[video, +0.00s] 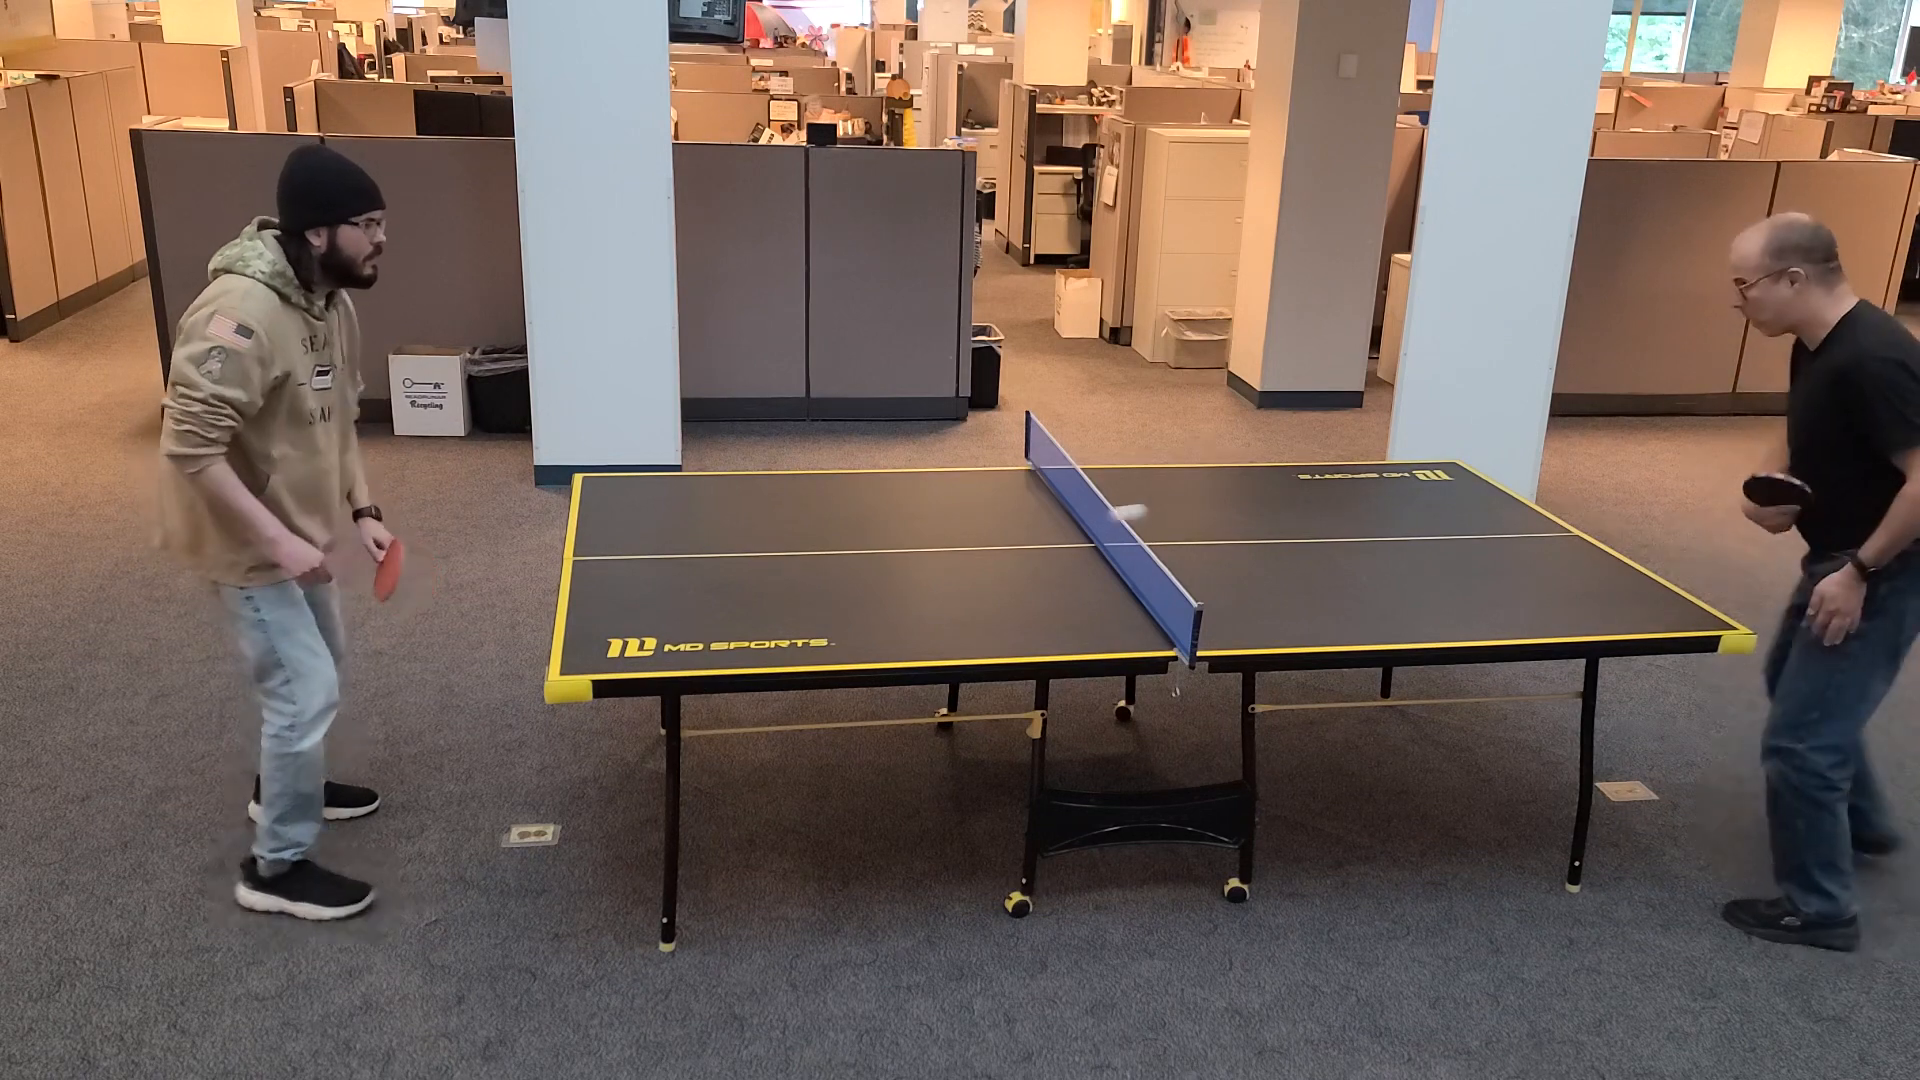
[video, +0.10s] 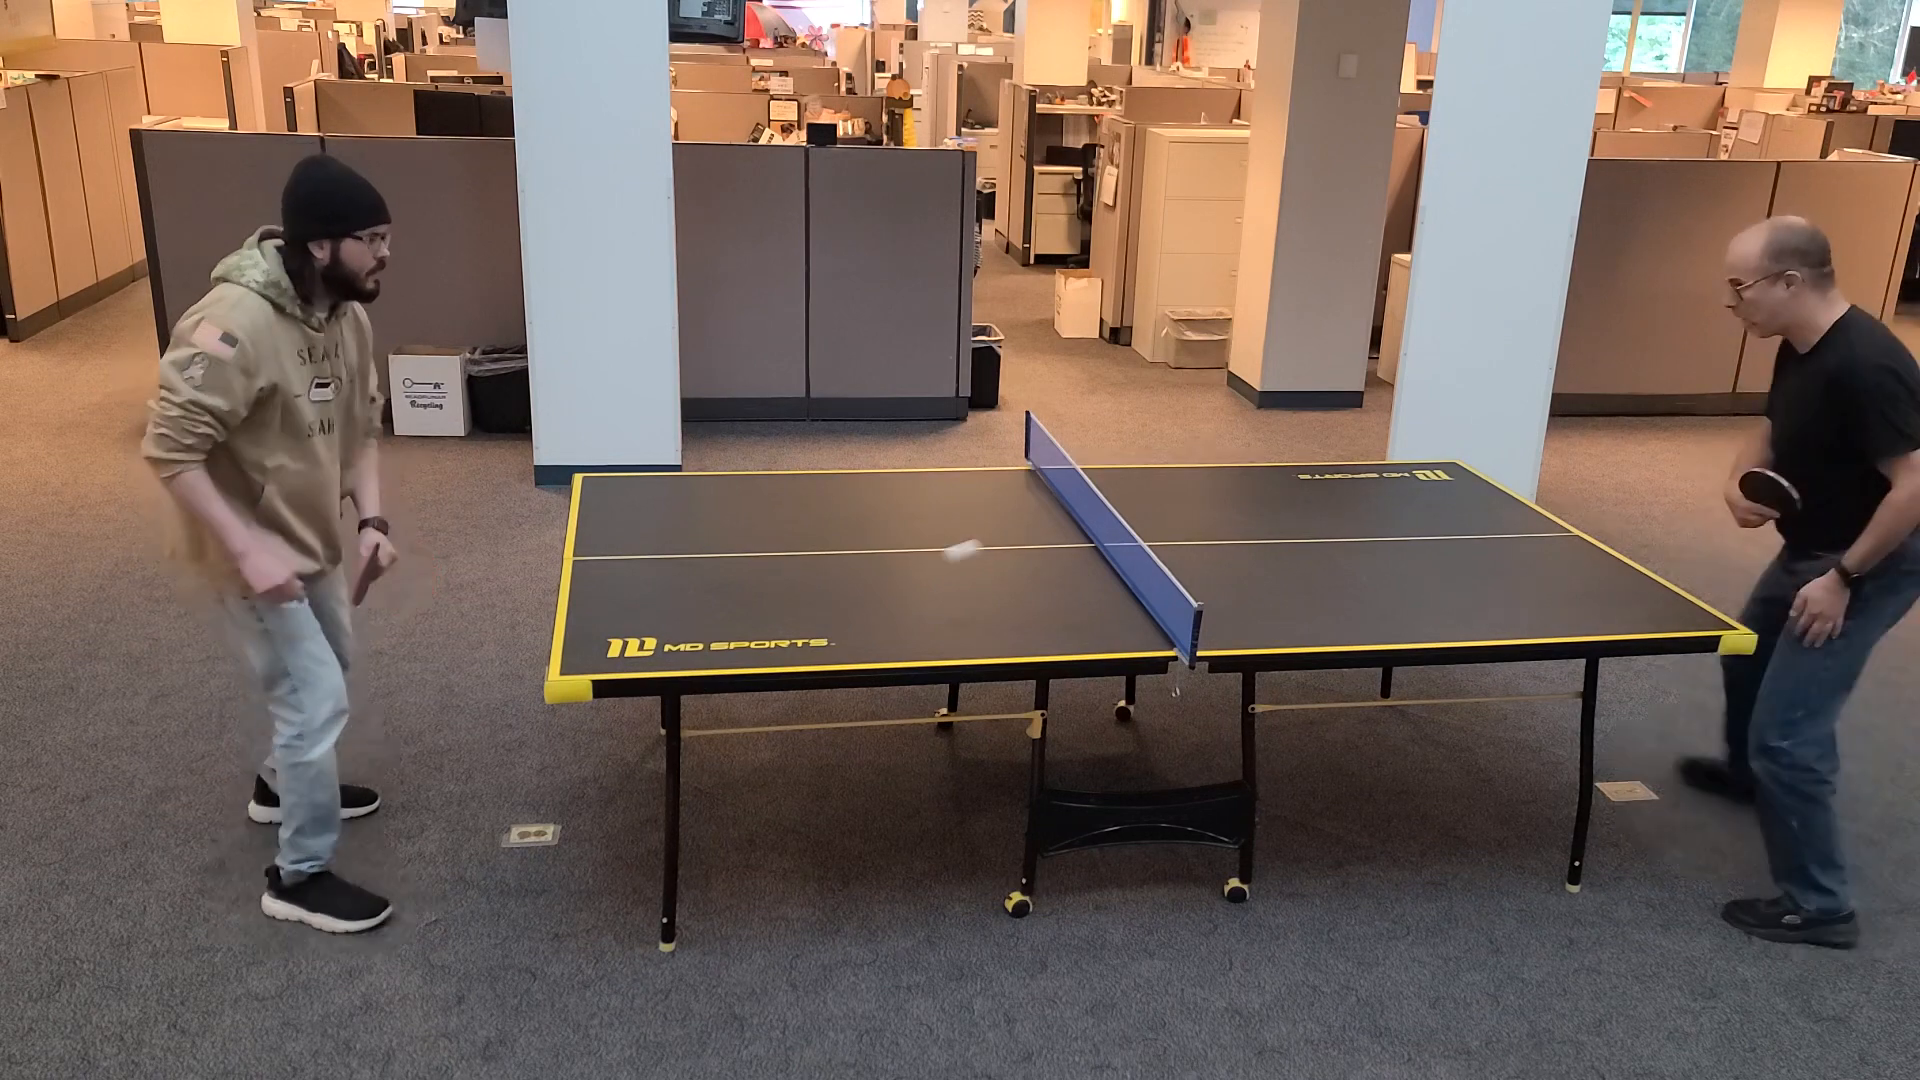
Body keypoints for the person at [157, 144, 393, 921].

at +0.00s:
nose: (382, 238)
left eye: (380, 222)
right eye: (368, 224)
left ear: (327, 233)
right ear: (317, 233)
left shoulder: (331, 301)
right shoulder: (241, 317)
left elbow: (339, 423)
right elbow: (191, 450)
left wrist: (362, 510)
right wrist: (279, 541)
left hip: (303, 531)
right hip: (244, 543)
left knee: (318, 671)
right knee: (305, 690)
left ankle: (287, 790)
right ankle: (276, 864)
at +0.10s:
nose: (383, 252)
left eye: (382, 237)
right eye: (371, 239)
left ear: (327, 246)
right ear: (319, 246)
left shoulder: (347, 318)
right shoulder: (234, 327)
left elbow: (363, 430)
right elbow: (169, 449)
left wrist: (371, 520)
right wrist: (245, 546)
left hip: (318, 540)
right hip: (252, 552)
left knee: (324, 670)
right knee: (315, 699)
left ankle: (285, 782)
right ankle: (300, 871)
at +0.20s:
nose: (385, 272)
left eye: (384, 256)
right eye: (371, 258)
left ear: (332, 264)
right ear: (319, 262)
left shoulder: (355, 336)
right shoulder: (224, 340)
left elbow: (382, 447)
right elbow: (151, 461)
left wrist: (374, 539)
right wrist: (215, 573)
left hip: (325, 558)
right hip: (256, 572)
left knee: (351, 671)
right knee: (329, 709)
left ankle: (286, 781)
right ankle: (303, 876)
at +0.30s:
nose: (385, 282)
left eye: (385, 265)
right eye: (370, 267)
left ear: (326, 274)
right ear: (316, 273)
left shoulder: (359, 344)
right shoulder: (216, 351)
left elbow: (399, 457)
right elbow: (136, 467)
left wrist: (393, 551)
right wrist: (187, 582)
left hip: (338, 564)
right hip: (262, 578)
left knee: (358, 681)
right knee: (335, 716)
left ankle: (289, 781)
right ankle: (303, 876)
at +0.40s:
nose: (384, 285)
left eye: (384, 268)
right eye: (370, 271)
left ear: (336, 276)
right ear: (315, 275)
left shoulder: (363, 343)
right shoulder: (211, 350)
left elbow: (419, 445)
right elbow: (127, 460)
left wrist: (463, 534)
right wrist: (172, 577)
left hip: (346, 568)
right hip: (265, 582)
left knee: (363, 685)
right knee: (337, 729)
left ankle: (292, 773)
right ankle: (301, 876)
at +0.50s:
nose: (385, 278)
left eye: (384, 261)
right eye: (371, 264)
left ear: (330, 272)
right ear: (316, 272)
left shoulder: (367, 341)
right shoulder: (208, 349)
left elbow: (448, 405)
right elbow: (116, 451)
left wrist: (538, 476)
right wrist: (174, 564)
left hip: (350, 565)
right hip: (269, 580)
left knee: (361, 688)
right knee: (333, 731)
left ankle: (298, 771)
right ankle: (302, 876)